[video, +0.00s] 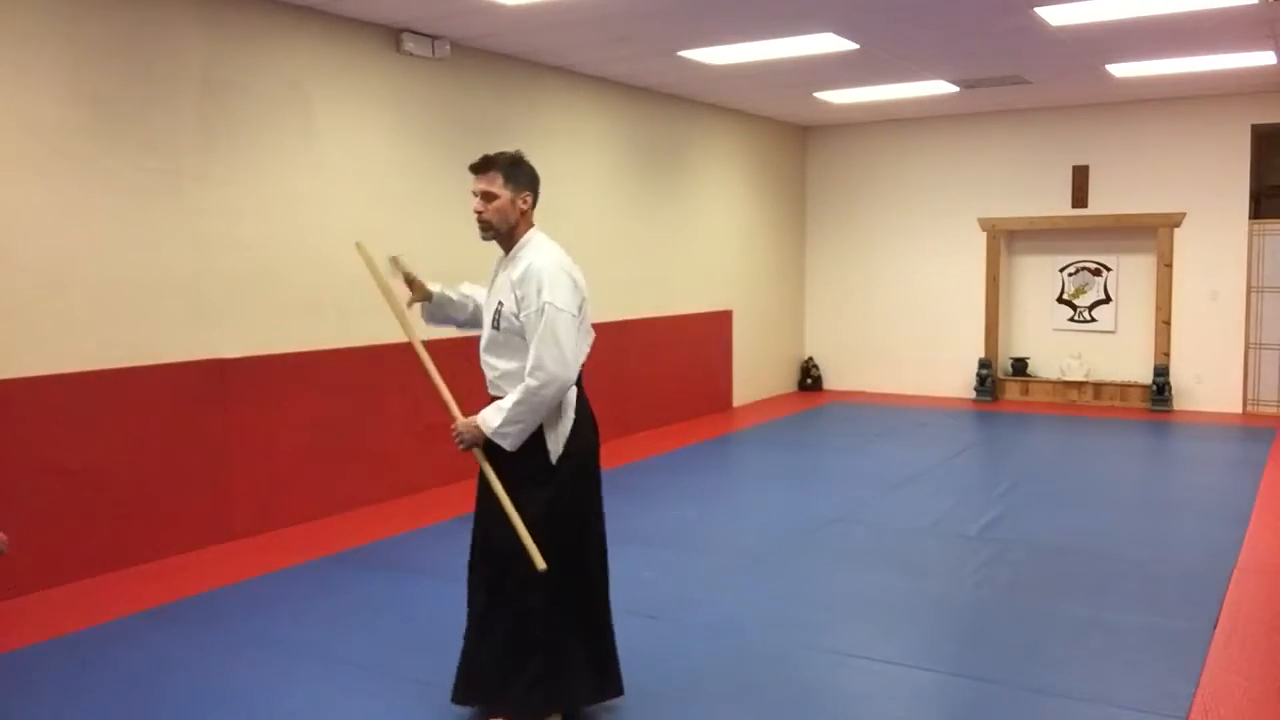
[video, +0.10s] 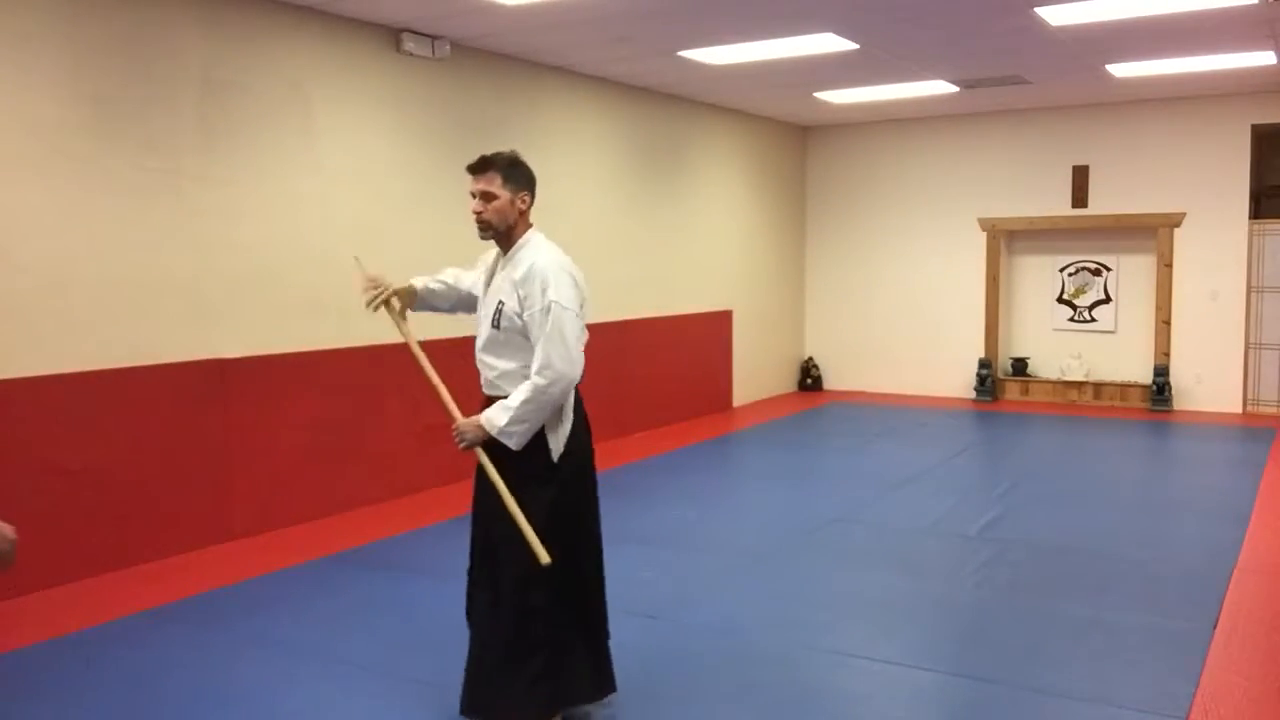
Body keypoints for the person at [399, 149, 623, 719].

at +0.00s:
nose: (477, 209)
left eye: (487, 198)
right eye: (475, 198)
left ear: (523, 201)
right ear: (504, 204)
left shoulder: (546, 270)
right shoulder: (514, 262)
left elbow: (551, 377)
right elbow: (494, 313)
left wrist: (489, 425)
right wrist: (432, 297)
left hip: (552, 434)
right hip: (516, 430)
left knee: (541, 565)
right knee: (506, 562)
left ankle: (547, 696)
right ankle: (511, 693)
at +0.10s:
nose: (475, 207)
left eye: (486, 197)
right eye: (472, 197)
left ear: (522, 201)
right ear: (479, 202)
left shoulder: (549, 270)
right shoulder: (496, 261)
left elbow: (558, 372)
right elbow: (465, 290)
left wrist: (493, 422)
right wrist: (411, 292)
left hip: (547, 433)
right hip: (504, 429)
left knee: (540, 568)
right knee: (497, 565)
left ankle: (548, 695)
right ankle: (501, 695)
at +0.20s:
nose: (477, 207)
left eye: (489, 196)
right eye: (474, 197)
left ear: (524, 201)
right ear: (480, 202)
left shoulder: (551, 269)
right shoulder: (492, 262)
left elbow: (563, 368)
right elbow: (449, 282)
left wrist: (499, 423)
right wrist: (396, 296)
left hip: (541, 428)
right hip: (499, 424)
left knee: (537, 564)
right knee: (499, 563)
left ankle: (545, 695)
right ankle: (504, 695)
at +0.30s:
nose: (481, 208)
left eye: (492, 198)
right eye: (477, 199)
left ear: (526, 203)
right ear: (480, 205)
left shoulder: (553, 272)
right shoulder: (486, 263)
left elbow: (567, 368)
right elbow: (442, 290)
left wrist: (504, 431)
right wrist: (398, 317)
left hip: (538, 425)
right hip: (492, 419)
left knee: (536, 560)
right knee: (496, 558)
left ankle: (544, 691)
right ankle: (501, 690)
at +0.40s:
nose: (480, 211)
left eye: (491, 201)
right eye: (476, 201)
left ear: (524, 206)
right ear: (478, 207)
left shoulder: (554, 274)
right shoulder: (481, 267)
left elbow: (569, 366)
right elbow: (448, 309)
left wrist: (526, 424)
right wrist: (413, 338)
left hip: (538, 419)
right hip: (488, 416)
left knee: (535, 554)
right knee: (491, 552)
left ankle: (539, 691)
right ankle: (494, 687)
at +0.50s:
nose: (475, 214)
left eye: (486, 204)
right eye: (472, 204)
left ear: (518, 207)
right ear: (473, 210)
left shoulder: (552, 274)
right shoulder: (480, 273)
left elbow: (571, 366)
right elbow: (456, 329)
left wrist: (535, 429)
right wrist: (431, 357)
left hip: (537, 420)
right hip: (488, 416)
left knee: (530, 558)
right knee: (490, 556)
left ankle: (538, 697)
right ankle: (494, 694)